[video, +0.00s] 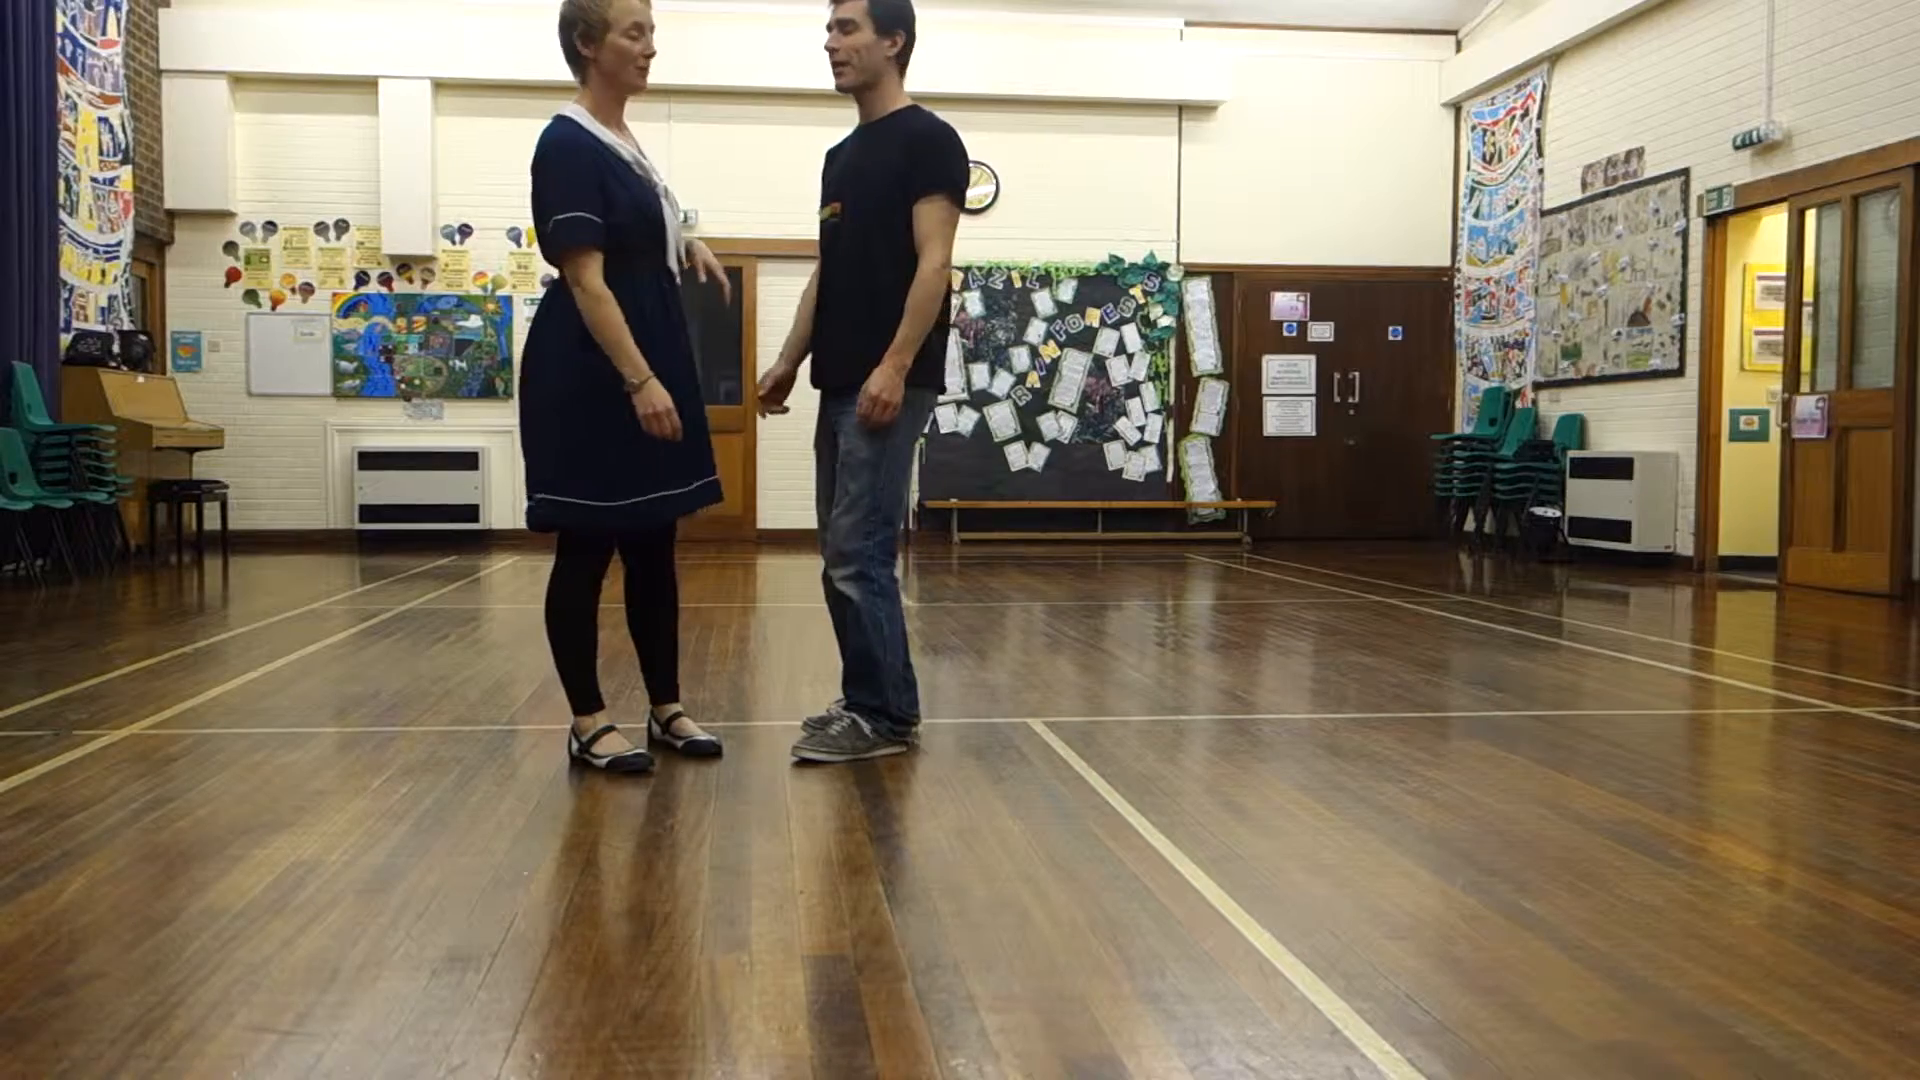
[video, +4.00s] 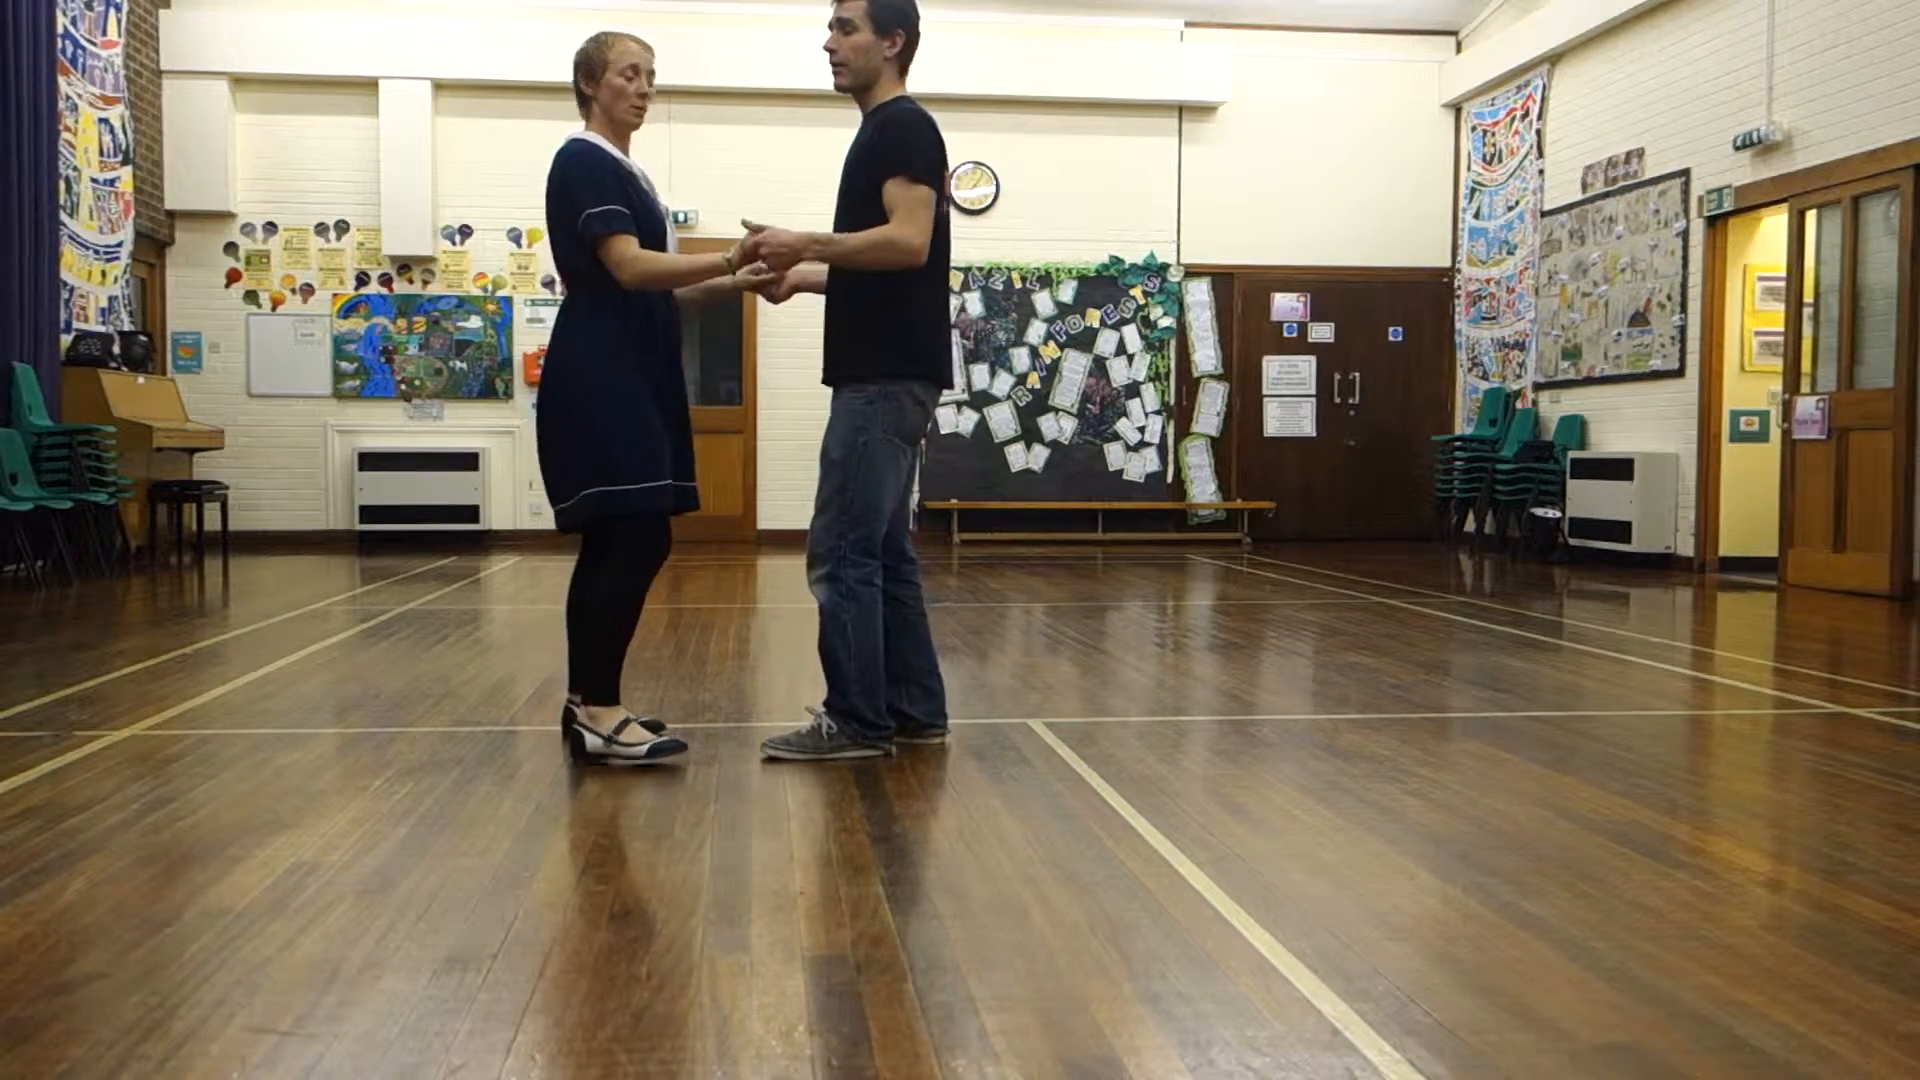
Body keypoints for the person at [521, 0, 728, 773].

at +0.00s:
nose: (651, 47)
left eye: (651, 32)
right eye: (636, 33)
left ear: (626, 46)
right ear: (588, 45)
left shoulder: (622, 139)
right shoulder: (567, 141)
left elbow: (638, 226)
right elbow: (583, 281)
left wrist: (686, 243)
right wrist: (641, 379)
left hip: (644, 374)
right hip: (586, 379)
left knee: (652, 541)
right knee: (584, 548)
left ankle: (668, 711)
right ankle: (589, 725)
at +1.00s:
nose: (633, 70)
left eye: (640, 55)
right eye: (614, 63)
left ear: (658, 64)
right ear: (591, 82)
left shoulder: (684, 167)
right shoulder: (576, 171)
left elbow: (744, 244)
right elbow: (560, 286)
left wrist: (790, 180)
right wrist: (586, 367)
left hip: (680, 392)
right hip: (605, 389)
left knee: (669, 546)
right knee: (598, 551)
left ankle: (661, 702)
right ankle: (588, 719)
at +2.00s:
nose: (680, 67)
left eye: (677, 55)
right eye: (662, 56)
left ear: (643, 74)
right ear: (619, 72)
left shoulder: (683, 174)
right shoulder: (584, 174)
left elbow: (731, 258)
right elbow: (568, 289)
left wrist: (793, 203)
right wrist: (650, 314)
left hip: (678, 396)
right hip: (608, 399)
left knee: (667, 546)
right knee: (605, 551)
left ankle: (661, 702)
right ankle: (585, 718)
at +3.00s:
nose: (641, 67)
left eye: (637, 55)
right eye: (626, 55)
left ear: (594, 73)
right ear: (583, 71)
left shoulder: (605, 159)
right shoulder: (575, 155)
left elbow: (638, 272)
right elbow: (626, 275)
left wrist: (727, 295)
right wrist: (729, 299)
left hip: (626, 387)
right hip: (603, 387)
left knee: (622, 543)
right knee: (618, 543)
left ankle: (593, 705)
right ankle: (593, 717)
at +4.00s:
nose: (645, 87)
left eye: (650, 78)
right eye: (630, 74)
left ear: (647, 91)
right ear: (589, 84)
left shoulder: (628, 175)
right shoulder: (585, 160)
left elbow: (661, 288)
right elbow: (628, 266)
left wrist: (744, 280)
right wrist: (733, 257)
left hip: (626, 388)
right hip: (602, 388)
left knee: (616, 542)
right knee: (638, 541)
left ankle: (591, 707)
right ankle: (596, 712)